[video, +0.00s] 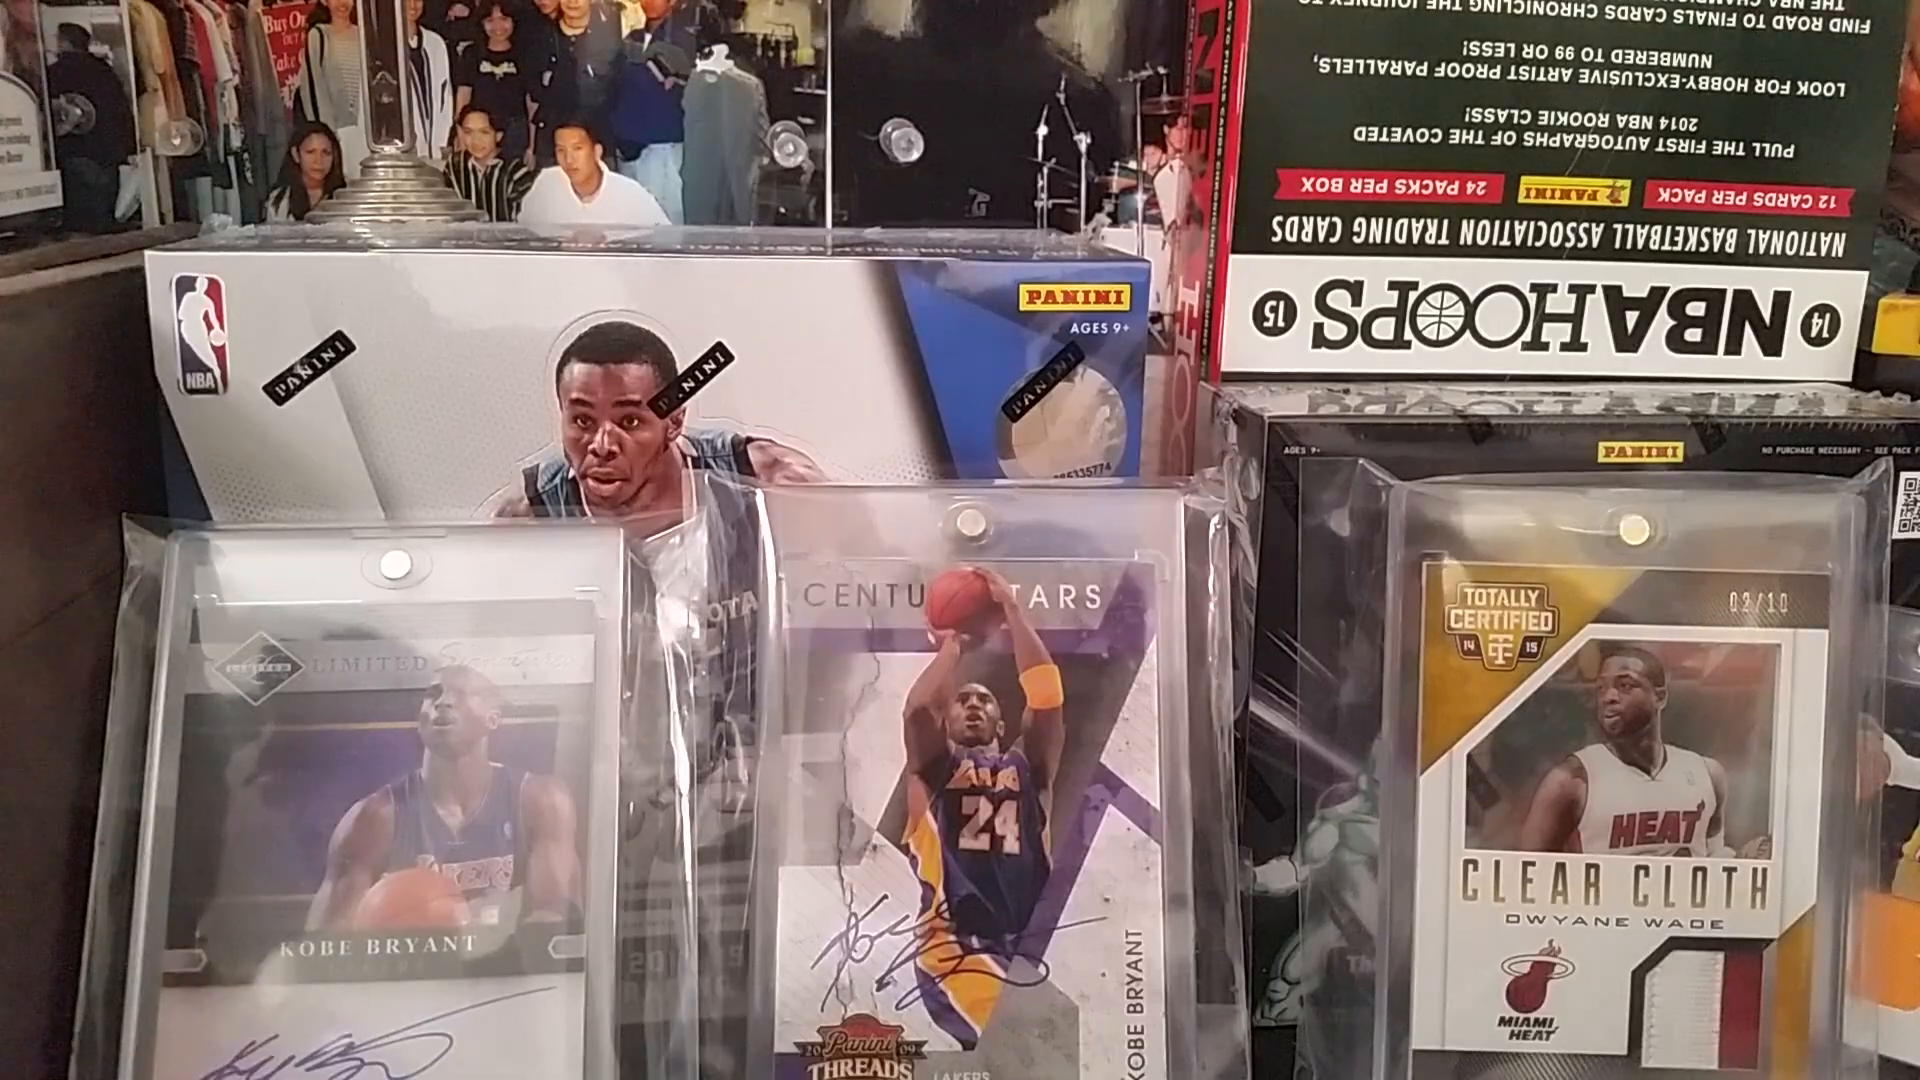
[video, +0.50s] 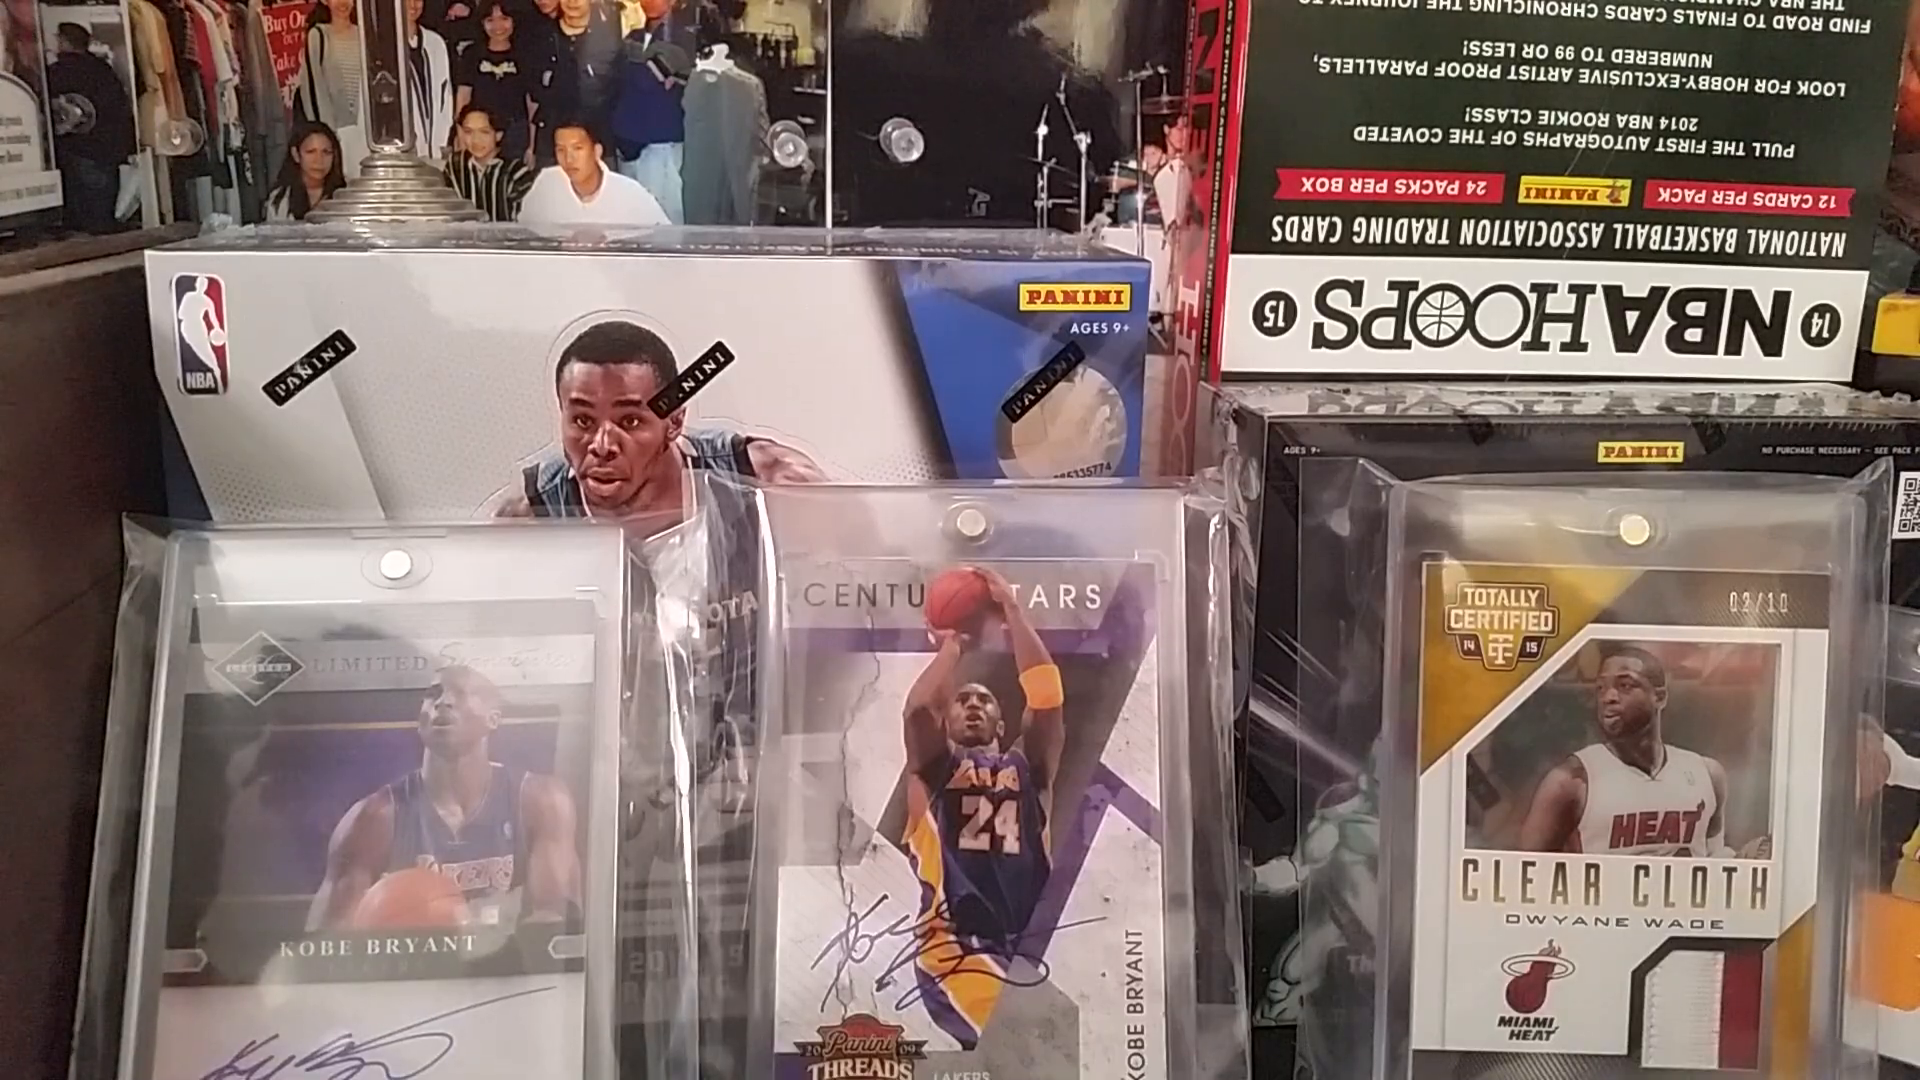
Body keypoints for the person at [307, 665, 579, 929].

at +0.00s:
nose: (443, 702)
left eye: (462, 694)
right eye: (433, 694)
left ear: (493, 716)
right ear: (419, 716)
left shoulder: (541, 800)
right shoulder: (370, 820)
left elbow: (551, 920)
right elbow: (322, 947)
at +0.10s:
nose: (442, 702)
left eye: (462, 694)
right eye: (433, 694)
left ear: (493, 716)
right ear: (419, 716)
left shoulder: (541, 800)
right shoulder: (370, 820)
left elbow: (550, 921)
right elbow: (322, 947)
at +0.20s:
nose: (442, 703)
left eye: (461, 694)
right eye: (433, 694)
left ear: (493, 716)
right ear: (419, 715)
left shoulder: (541, 799)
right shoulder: (370, 820)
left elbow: (550, 919)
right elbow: (321, 947)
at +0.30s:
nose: (442, 702)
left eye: (461, 694)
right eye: (433, 694)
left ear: (493, 716)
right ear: (419, 715)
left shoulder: (541, 799)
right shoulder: (370, 820)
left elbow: (550, 919)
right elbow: (321, 946)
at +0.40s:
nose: (442, 703)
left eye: (461, 694)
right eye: (433, 694)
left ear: (493, 716)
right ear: (419, 715)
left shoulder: (541, 800)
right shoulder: (371, 820)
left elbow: (550, 920)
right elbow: (322, 947)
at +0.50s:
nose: (443, 702)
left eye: (462, 693)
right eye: (433, 693)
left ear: (493, 716)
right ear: (419, 714)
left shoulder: (541, 800)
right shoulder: (371, 820)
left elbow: (551, 920)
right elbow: (321, 946)